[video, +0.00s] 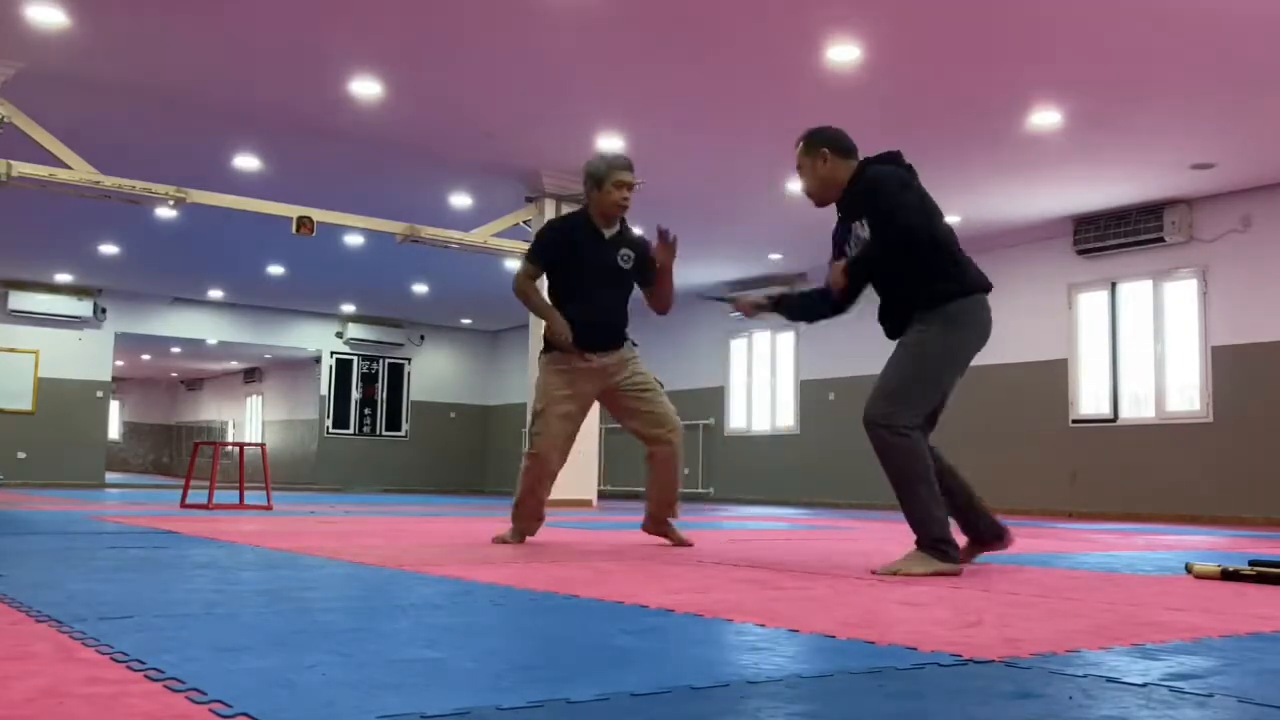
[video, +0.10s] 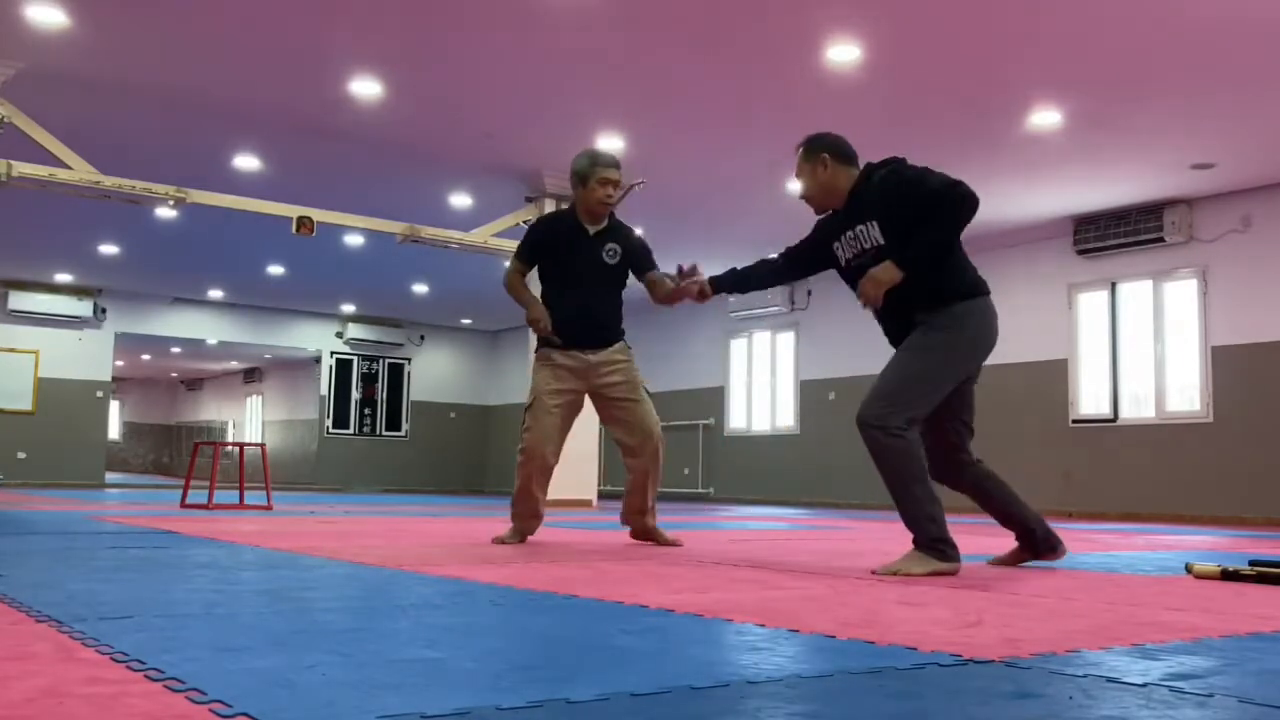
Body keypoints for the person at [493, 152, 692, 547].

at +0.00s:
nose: (627, 195)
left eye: (631, 188)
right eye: (619, 187)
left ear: (632, 192)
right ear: (592, 188)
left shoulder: (635, 244)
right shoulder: (558, 233)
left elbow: (661, 305)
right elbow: (522, 283)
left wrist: (665, 267)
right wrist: (551, 316)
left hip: (618, 361)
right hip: (565, 363)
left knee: (666, 430)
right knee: (545, 449)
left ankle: (658, 518)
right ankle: (521, 528)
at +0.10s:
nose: (612, 193)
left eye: (617, 186)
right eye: (604, 184)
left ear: (621, 191)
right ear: (578, 185)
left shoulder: (626, 239)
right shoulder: (546, 230)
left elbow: (658, 289)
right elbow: (512, 278)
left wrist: (678, 287)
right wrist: (532, 305)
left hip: (612, 359)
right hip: (557, 359)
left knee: (648, 436)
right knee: (537, 445)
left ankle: (641, 522)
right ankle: (522, 526)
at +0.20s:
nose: (609, 194)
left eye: (614, 186)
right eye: (601, 184)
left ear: (618, 190)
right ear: (576, 184)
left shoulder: (622, 238)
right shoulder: (543, 225)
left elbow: (635, 299)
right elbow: (512, 273)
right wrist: (526, 305)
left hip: (608, 355)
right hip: (553, 356)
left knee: (644, 436)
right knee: (534, 442)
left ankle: (649, 521)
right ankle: (522, 525)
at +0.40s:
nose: (621, 196)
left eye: (627, 189)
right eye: (614, 187)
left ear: (630, 191)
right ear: (589, 185)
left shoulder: (633, 240)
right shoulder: (554, 225)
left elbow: (641, 298)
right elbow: (518, 270)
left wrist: (637, 321)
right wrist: (538, 301)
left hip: (613, 357)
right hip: (558, 357)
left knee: (644, 435)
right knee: (538, 441)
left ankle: (655, 528)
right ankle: (521, 526)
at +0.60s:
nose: (635, 202)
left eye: (640, 194)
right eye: (629, 192)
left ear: (641, 195)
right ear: (603, 189)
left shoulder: (636, 239)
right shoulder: (565, 222)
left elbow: (642, 307)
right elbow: (526, 272)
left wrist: (644, 269)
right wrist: (562, 298)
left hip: (614, 354)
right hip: (561, 354)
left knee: (647, 433)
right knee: (540, 441)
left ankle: (656, 528)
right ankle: (520, 526)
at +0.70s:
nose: (642, 208)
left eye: (646, 200)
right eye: (636, 198)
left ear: (642, 199)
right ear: (609, 192)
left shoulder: (628, 242)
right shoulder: (574, 220)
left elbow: (626, 308)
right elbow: (551, 277)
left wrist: (641, 271)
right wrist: (601, 295)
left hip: (609, 356)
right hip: (560, 355)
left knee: (643, 433)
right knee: (540, 442)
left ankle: (655, 526)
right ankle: (515, 525)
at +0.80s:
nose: (637, 214)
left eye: (641, 206)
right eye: (634, 204)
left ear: (624, 202)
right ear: (608, 197)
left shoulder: (614, 241)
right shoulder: (578, 222)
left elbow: (610, 301)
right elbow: (614, 261)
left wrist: (628, 274)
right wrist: (671, 274)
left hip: (601, 357)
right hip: (554, 357)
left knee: (636, 436)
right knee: (538, 447)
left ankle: (652, 527)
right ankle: (515, 527)